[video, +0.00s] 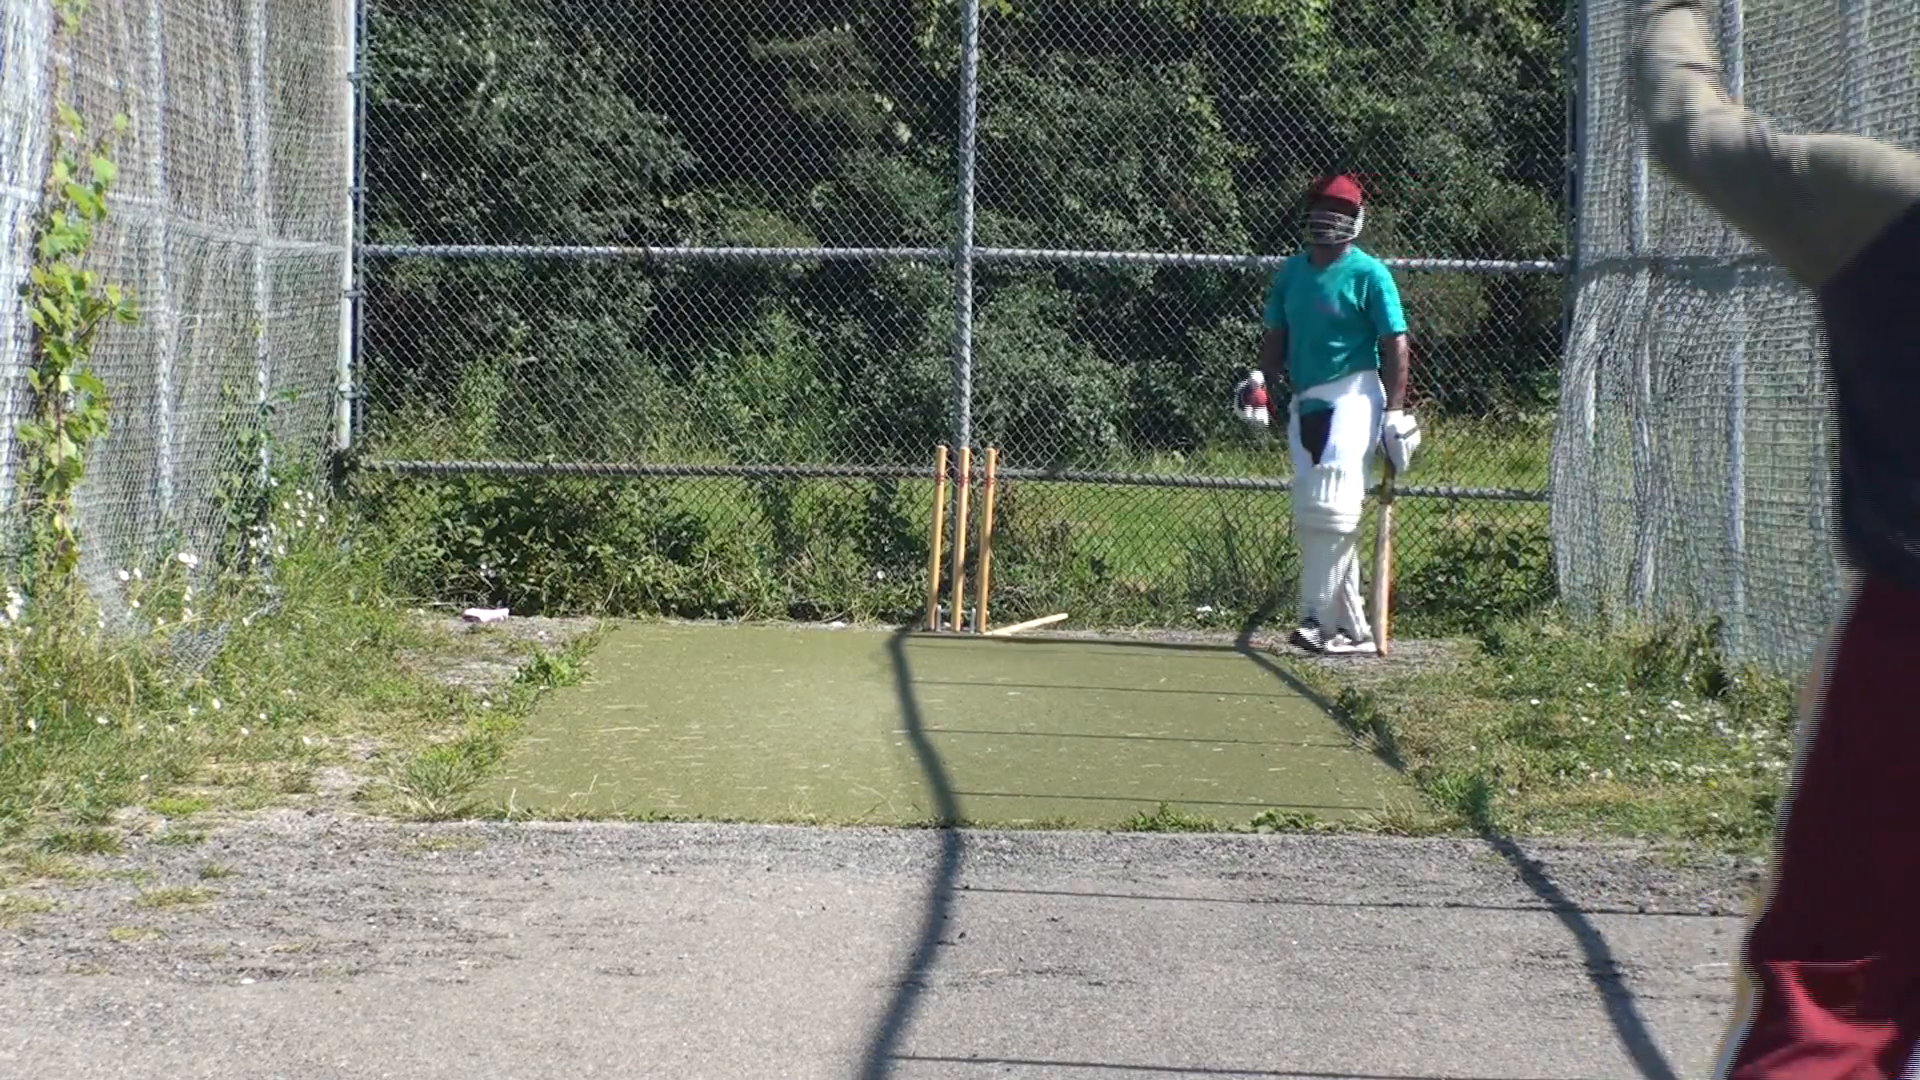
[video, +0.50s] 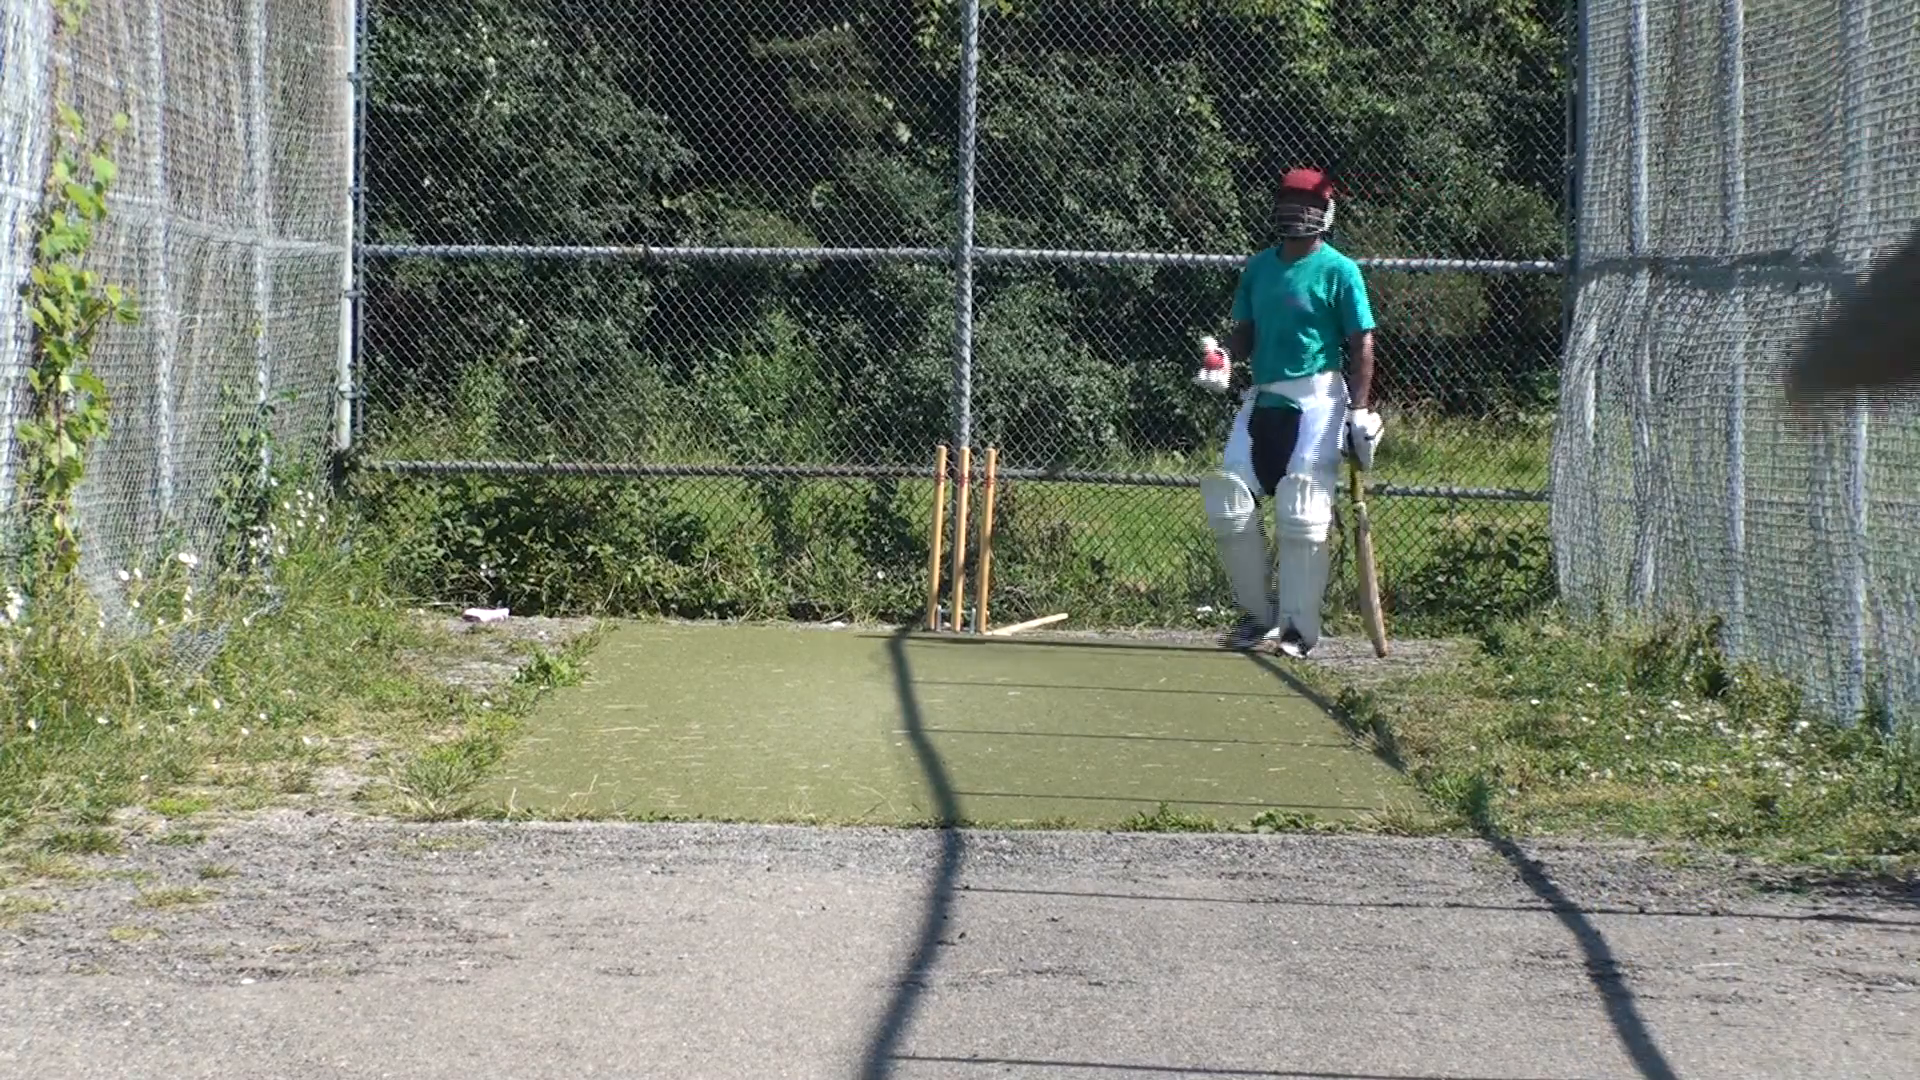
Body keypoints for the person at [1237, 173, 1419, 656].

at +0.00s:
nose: (1326, 228)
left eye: (1338, 221)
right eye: (1319, 219)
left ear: (1355, 226)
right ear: (1308, 221)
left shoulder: (1370, 273)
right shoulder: (1291, 271)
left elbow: (1396, 346)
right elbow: (1274, 335)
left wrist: (1394, 412)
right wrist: (1266, 382)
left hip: (1353, 393)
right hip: (1305, 396)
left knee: (1330, 502)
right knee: (1317, 507)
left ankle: (1316, 619)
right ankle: (1351, 625)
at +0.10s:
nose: (1320, 229)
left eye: (1331, 221)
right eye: (1312, 220)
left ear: (1347, 225)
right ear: (1300, 223)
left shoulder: (1364, 274)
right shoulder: (1282, 275)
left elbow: (1390, 345)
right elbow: (1268, 336)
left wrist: (1389, 411)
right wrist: (1255, 376)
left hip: (1345, 395)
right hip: (1296, 399)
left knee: (1321, 507)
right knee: (1309, 511)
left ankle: (1301, 625)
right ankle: (1350, 625)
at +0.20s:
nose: (1315, 228)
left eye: (1326, 220)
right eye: (1307, 219)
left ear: (1342, 224)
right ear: (1295, 222)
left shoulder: (1358, 275)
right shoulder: (1277, 274)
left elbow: (1385, 347)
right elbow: (1262, 337)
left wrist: (1381, 412)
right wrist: (1250, 372)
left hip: (1337, 397)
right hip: (1289, 399)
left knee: (1311, 509)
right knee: (1296, 512)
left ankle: (1298, 628)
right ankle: (1347, 622)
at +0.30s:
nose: (1311, 225)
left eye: (1321, 217)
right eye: (1302, 216)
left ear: (1338, 222)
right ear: (1290, 219)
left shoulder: (1353, 273)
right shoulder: (1272, 271)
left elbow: (1377, 346)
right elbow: (1258, 333)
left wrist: (1373, 413)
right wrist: (1241, 361)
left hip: (1332, 394)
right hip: (1282, 396)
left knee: (1307, 508)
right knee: (1266, 513)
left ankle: (1299, 631)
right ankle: (1335, 608)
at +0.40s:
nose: (1300, 221)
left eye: (1312, 213)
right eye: (1293, 212)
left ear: (1331, 217)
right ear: (1283, 214)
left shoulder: (1347, 272)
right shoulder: (1264, 268)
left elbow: (1369, 345)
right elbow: (1250, 334)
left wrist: (1365, 412)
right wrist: (1231, 356)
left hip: (1324, 396)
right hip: (1272, 396)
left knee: (1303, 508)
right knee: (1244, 508)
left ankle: (1301, 632)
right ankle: (1299, 600)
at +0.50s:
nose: (1296, 214)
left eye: (1307, 207)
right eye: (1288, 205)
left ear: (1325, 213)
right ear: (1277, 210)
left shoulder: (1341, 271)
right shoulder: (1257, 267)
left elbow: (1361, 346)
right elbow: (1245, 333)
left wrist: (1360, 412)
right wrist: (1223, 354)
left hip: (1318, 397)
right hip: (1263, 396)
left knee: (1302, 510)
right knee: (1229, 498)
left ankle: (1298, 632)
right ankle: (1257, 617)